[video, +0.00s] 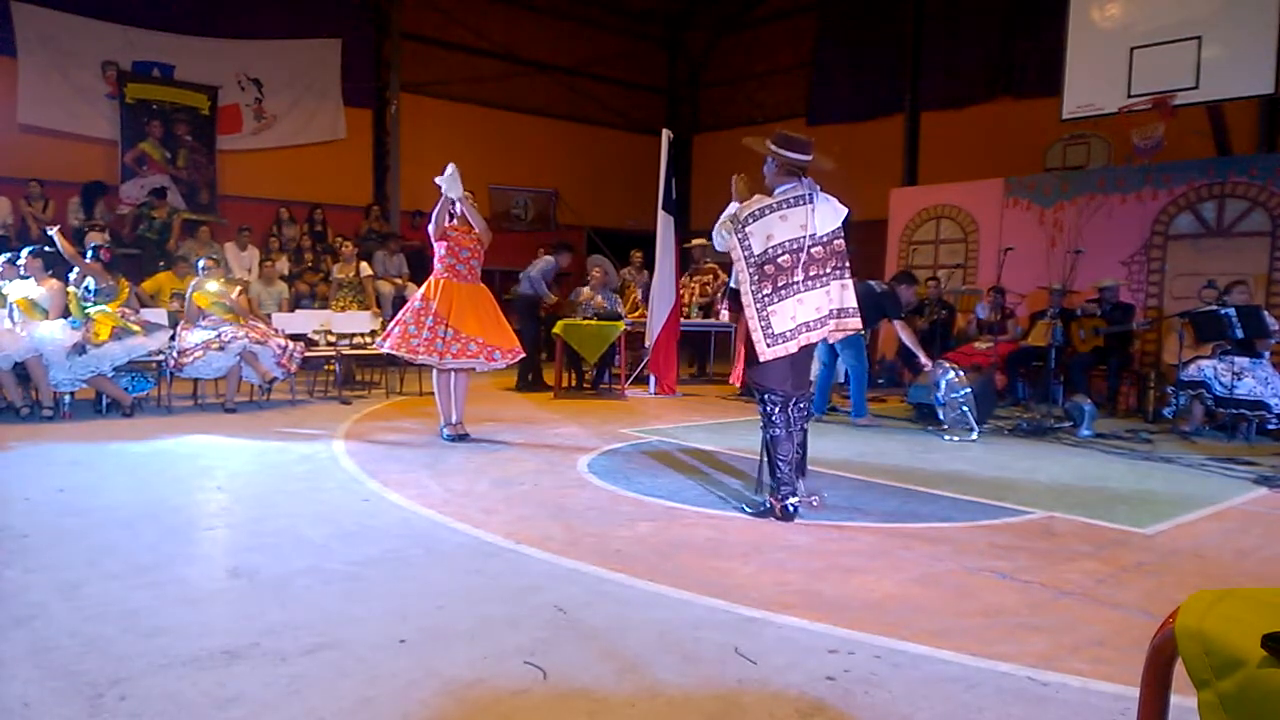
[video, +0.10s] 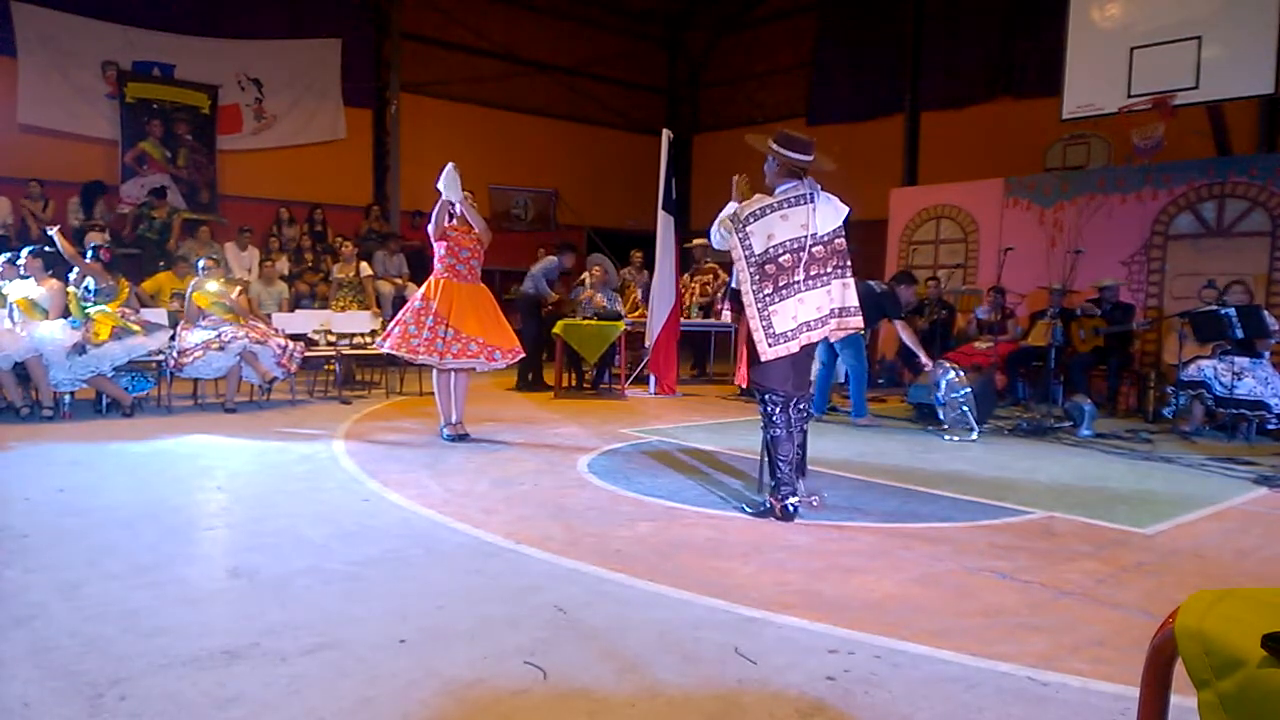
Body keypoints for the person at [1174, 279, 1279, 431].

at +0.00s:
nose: (1244, 297)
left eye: (1247, 293)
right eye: (1240, 293)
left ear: (1250, 296)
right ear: (1227, 297)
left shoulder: (1259, 315)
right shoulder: (1215, 316)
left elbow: (1265, 347)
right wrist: (1212, 350)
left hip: (1253, 364)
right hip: (1221, 362)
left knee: (1249, 381)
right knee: (1199, 368)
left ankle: (1243, 425)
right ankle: (1196, 420)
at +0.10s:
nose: (1238, 297)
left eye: (1243, 293)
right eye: (1233, 293)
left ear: (1250, 297)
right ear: (1224, 298)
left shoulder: (1259, 315)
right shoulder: (1216, 315)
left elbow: (1265, 346)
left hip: (1253, 363)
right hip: (1222, 362)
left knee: (1249, 381)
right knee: (1199, 369)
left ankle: (1243, 425)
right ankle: (1196, 420)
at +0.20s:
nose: (1229, 296)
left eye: (1235, 292)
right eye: (1226, 292)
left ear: (1247, 297)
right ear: (1222, 295)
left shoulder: (1258, 315)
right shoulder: (1215, 315)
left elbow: (1265, 346)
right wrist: (1211, 350)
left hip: (1252, 363)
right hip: (1221, 362)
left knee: (1248, 380)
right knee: (1198, 369)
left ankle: (1243, 424)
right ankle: (1196, 420)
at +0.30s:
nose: (1223, 303)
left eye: (1227, 299)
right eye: (1222, 300)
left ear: (1244, 297)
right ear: (1222, 298)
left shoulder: (1259, 316)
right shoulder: (1220, 316)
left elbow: (1265, 346)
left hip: (1253, 364)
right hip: (1224, 362)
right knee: (1197, 368)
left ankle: (1243, 424)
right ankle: (1196, 420)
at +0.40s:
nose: (1222, 302)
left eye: (1226, 298)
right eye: (1221, 298)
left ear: (1242, 298)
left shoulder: (1259, 316)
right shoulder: (1218, 317)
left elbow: (1263, 346)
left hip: (1253, 365)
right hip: (1223, 363)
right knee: (1196, 368)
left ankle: (1243, 424)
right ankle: (1196, 419)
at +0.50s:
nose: (1221, 305)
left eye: (1225, 300)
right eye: (1220, 300)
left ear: (1241, 298)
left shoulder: (1258, 316)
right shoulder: (1218, 318)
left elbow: (1263, 346)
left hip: (1253, 365)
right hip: (1223, 363)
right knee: (1196, 368)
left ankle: (1243, 424)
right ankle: (1196, 420)